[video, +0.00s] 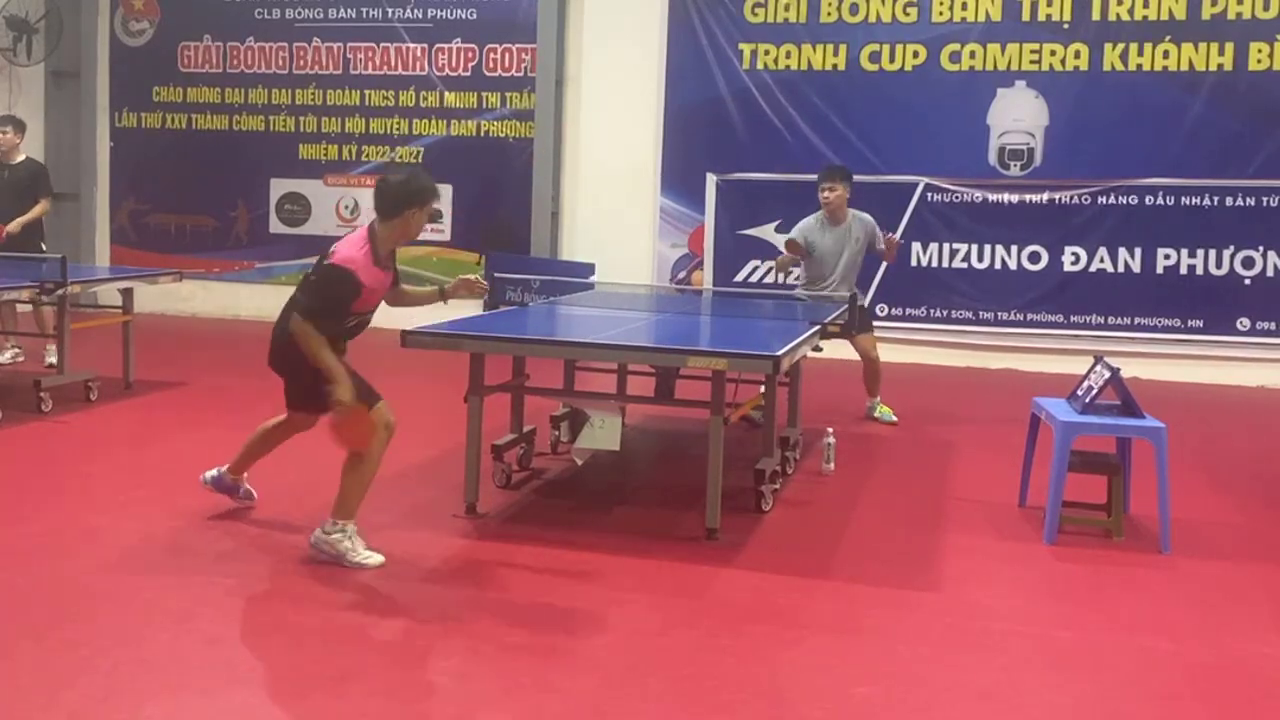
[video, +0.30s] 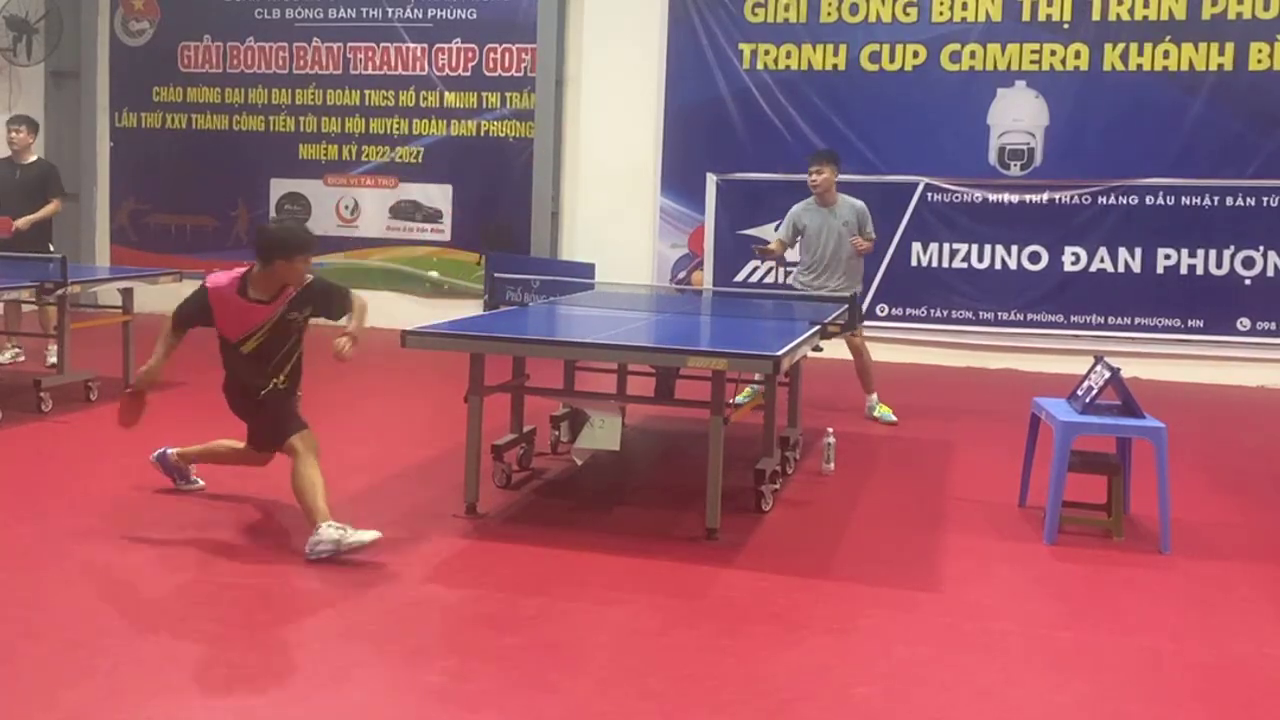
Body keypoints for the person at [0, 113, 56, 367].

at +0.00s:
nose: (0, 138)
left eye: (5, 133)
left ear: (19, 137)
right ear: (3, 137)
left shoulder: (35, 169)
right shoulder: (3, 168)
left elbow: (45, 204)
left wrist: (19, 222)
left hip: (28, 247)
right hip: (4, 247)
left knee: (34, 297)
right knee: (5, 299)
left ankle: (50, 344)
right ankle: (11, 345)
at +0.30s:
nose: (12, 135)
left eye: (18, 131)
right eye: (10, 131)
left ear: (32, 136)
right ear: (6, 136)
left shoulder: (46, 169)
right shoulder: (3, 166)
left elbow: (57, 204)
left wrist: (30, 219)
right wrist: (4, 222)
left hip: (36, 247)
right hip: (7, 247)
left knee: (43, 297)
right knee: (9, 298)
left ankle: (52, 344)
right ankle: (12, 345)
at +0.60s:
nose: (19, 137)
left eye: (25, 133)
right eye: (17, 133)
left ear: (39, 138)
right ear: (14, 137)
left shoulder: (53, 169)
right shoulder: (7, 167)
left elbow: (66, 204)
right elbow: (2, 200)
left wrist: (40, 221)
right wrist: (3, 226)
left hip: (44, 248)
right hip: (13, 248)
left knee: (49, 298)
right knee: (13, 297)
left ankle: (52, 346)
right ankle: (13, 346)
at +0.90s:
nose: (17, 142)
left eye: (22, 137)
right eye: (14, 137)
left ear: (37, 137)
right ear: (12, 139)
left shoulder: (56, 168)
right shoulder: (7, 168)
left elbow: (69, 204)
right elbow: (3, 202)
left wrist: (44, 222)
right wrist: (4, 230)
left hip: (49, 247)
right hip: (16, 247)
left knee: (50, 297)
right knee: (14, 296)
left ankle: (53, 346)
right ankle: (14, 346)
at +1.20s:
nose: (12, 144)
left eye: (17, 139)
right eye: (9, 139)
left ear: (31, 139)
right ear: (6, 141)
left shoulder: (52, 167)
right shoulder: (6, 171)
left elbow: (71, 200)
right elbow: (1, 207)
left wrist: (51, 224)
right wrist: (2, 195)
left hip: (50, 246)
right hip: (18, 245)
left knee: (51, 297)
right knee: (14, 296)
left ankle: (53, 346)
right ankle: (14, 346)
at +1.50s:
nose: (14, 141)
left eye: (20, 137)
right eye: (11, 137)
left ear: (33, 140)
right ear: (7, 140)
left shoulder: (48, 170)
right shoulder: (3, 168)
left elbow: (66, 202)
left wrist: (50, 229)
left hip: (40, 247)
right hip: (7, 247)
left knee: (46, 296)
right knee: (1, 295)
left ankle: (52, 346)